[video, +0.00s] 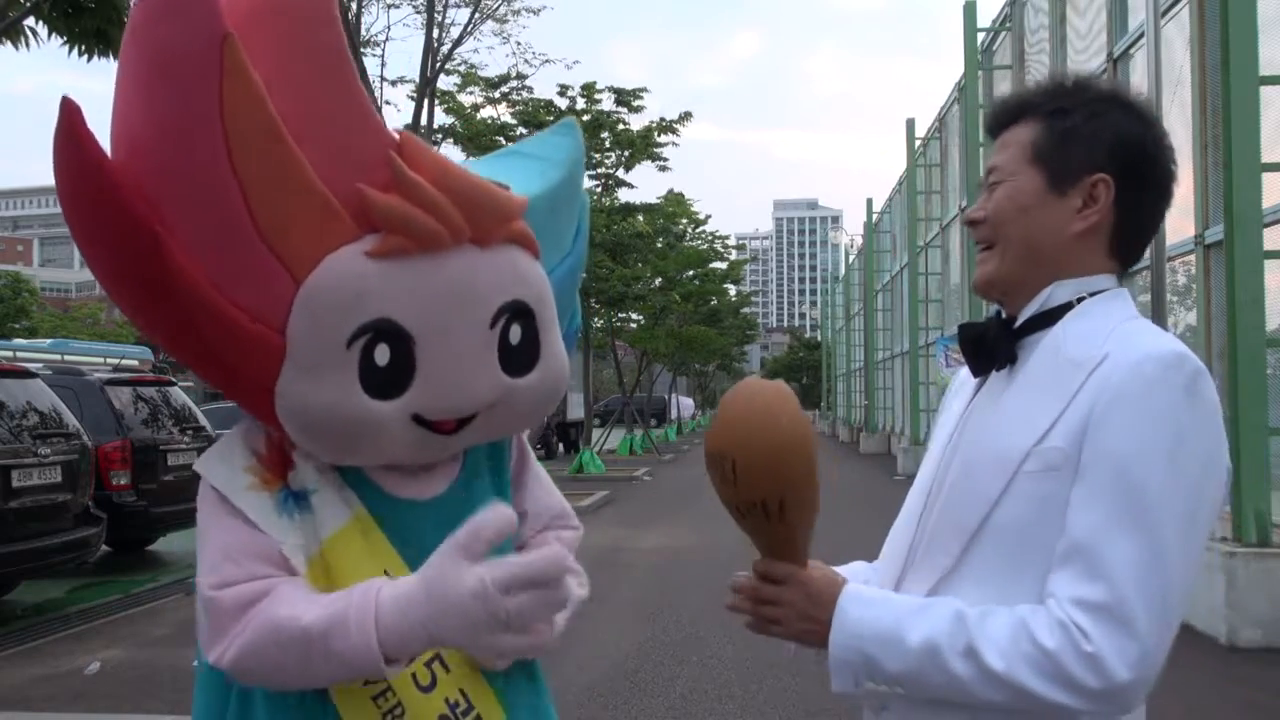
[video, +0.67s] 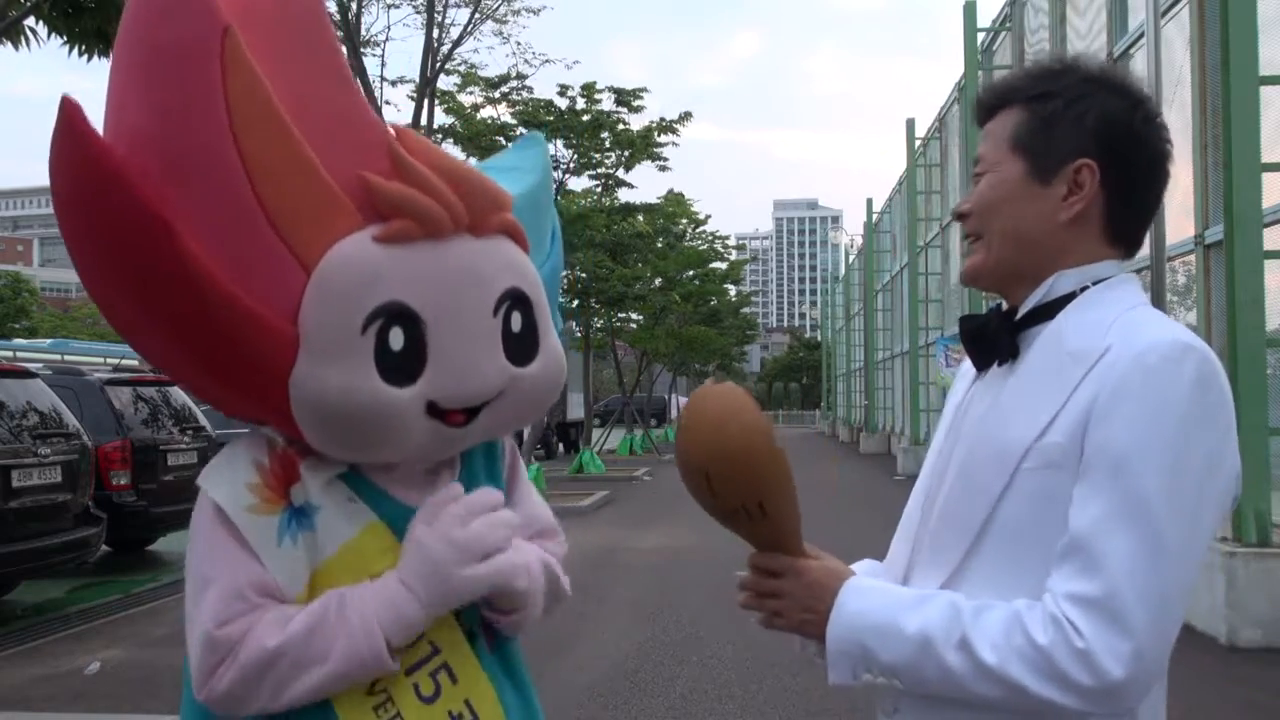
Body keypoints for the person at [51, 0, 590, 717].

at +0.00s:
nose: (459, 402)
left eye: (510, 334)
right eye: (387, 359)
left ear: (543, 321)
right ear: (281, 353)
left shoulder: (499, 451)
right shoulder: (247, 475)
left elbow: (557, 536)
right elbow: (245, 633)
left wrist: (533, 593)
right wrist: (417, 615)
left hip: (501, 705)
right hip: (315, 710)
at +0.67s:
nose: (466, 389)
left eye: (511, 325)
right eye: (398, 344)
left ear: (535, 318)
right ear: (295, 340)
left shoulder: (484, 457)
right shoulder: (242, 493)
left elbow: (547, 553)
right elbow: (227, 668)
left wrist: (516, 576)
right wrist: (410, 594)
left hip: (492, 707)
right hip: (332, 714)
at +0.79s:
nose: (466, 398)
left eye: (510, 335)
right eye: (395, 356)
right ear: (287, 348)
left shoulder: (487, 470)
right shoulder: (243, 492)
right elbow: (231, 672)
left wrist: (535, 583)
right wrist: (392, 580)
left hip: (491, 707)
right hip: (330, 714)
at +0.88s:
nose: (448, 403)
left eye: (493, 348)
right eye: (386, 365)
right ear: (280, 358)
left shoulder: (488, 473)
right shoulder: (249, 483)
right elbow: (235, 663)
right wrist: (366, 541)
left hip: (496, 711)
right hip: (320, 716)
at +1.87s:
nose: (457, 394)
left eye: (508, 344)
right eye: (393, 350)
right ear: (291, 356)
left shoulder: (504, 465)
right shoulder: (240, 482)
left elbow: (559, 555)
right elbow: (155, 627)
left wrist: (602, 492)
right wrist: (284, 518)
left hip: (499, 709)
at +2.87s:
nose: (449, 374)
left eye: (485, 333)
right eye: (397, 340)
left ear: (508, 323)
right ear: (306, 345)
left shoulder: (517, 464)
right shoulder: (260, 486)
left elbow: (598, 510)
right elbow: (140, 610)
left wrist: (640, 464)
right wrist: (293, 485)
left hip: (515, 706)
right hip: (308, 710)